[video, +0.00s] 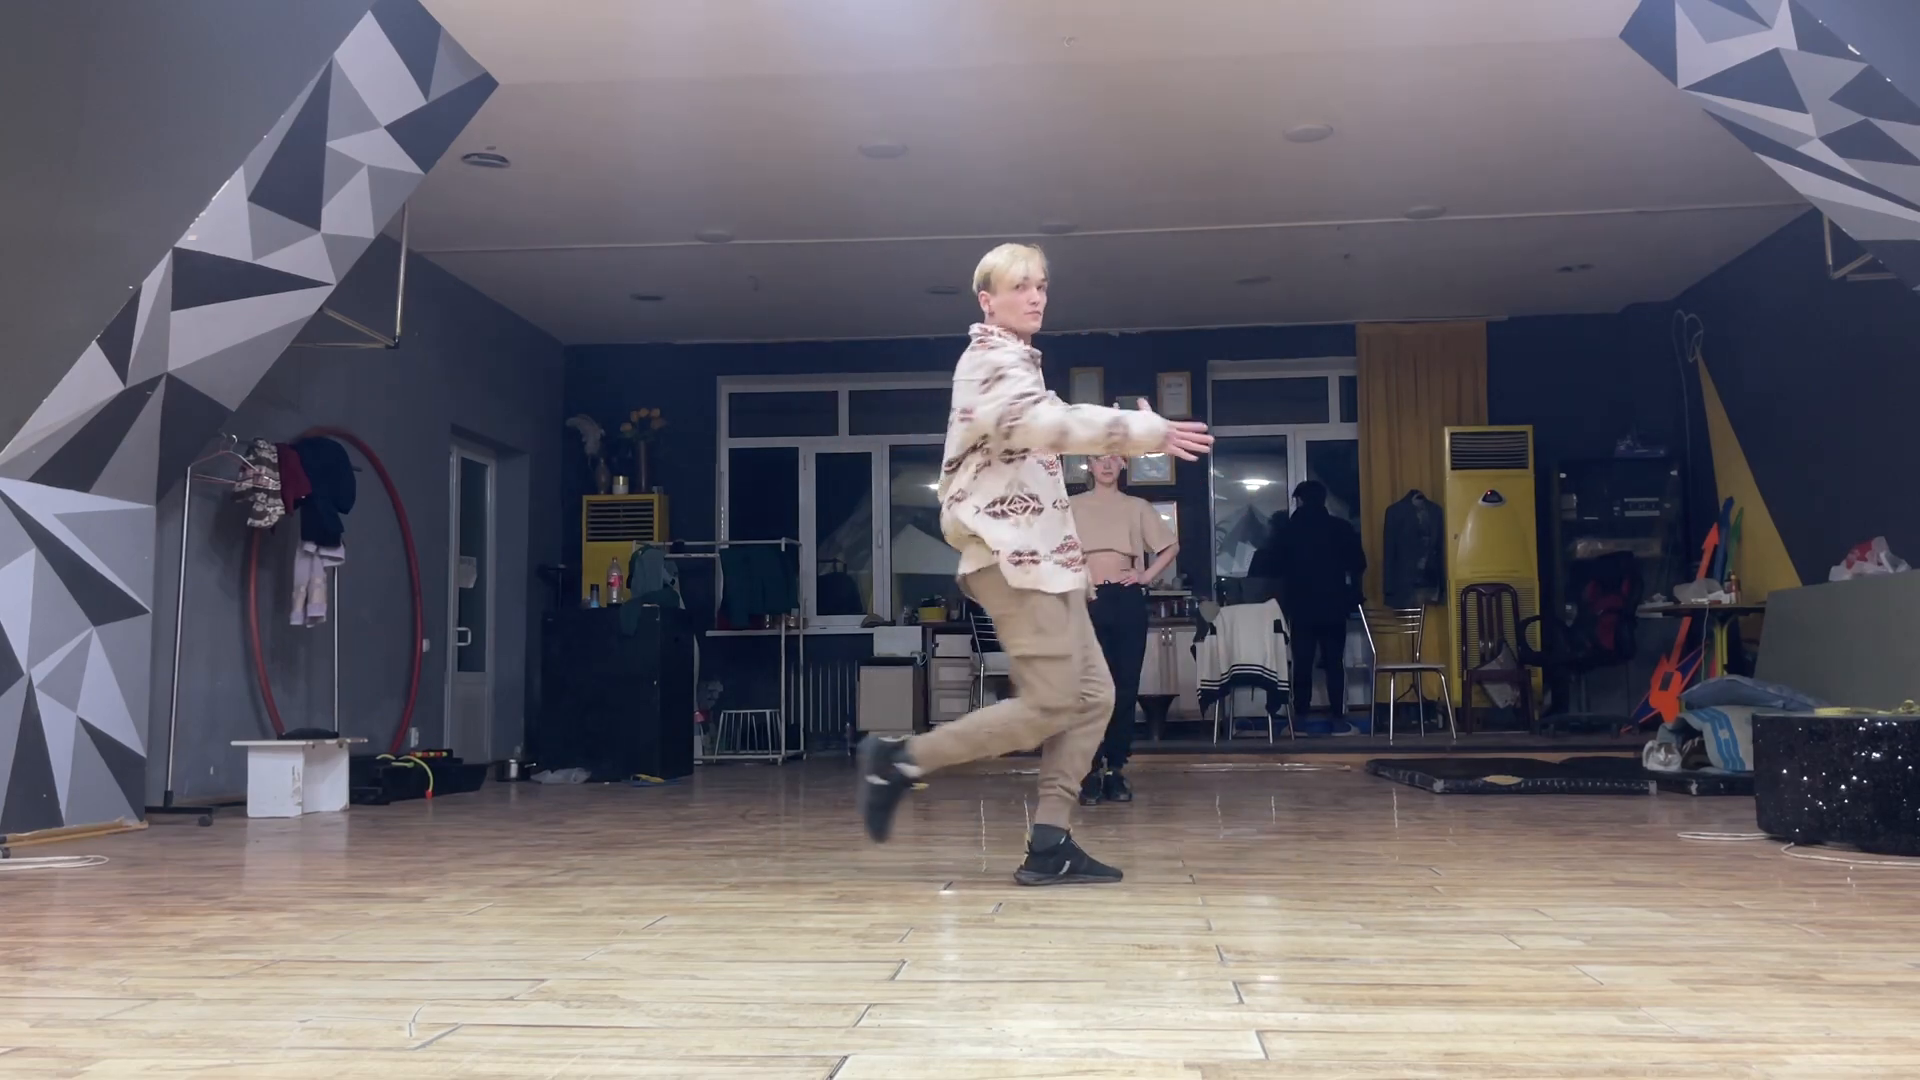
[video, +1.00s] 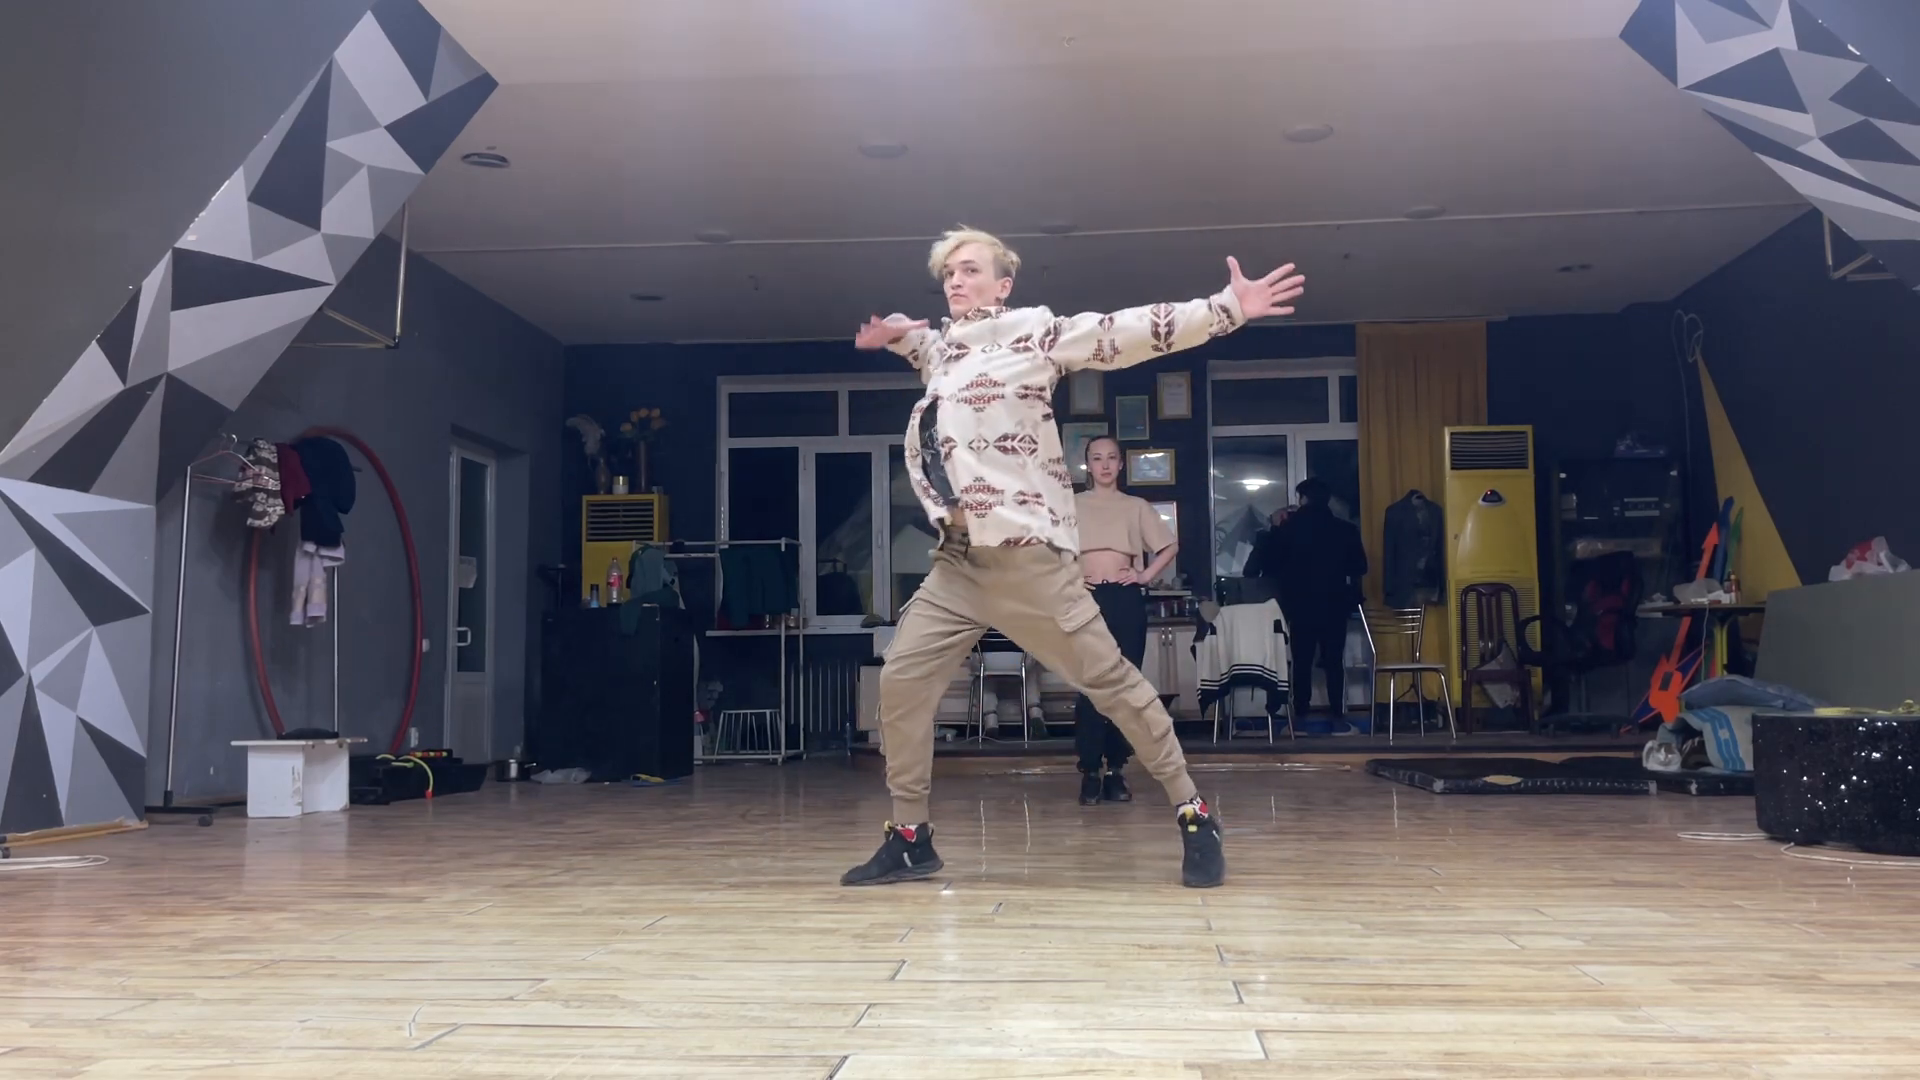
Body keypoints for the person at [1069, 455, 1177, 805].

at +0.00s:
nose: (1107, 465)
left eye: (1113, 459)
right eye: (1100, 459)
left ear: (1122, 465)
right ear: (1089, 465)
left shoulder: (1137, 508)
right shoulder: (1070, 507)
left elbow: (1171, 546)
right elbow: (1051, 547)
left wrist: (1147, 575)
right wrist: (1072, 578)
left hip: (1126, 598)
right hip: (1083, 600)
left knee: (1124, 687)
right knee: (1090, 686)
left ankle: (1116, 770)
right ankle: (1090, 771)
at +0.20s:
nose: (1108, 465)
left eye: (1114, 458)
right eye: (1101, 458)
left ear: (1122, 464)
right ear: (1088, 464)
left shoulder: (1138, 507)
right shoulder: (1071, 506)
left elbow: (1170, 546)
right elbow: (1043, 550)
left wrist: (1146, 575)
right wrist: (1068, 584)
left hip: (1128, 600)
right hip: (1088, 601)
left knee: (1123, 689)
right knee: (1092, 688)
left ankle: (1115, 772)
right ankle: (1090, 774)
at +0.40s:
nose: (1105, 464)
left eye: (1111, 458)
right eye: (1099, 458)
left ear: (1121, 463)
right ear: (1088, 464)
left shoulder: (1137, 507)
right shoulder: (1071, 506)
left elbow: (1170, 546)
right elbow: (1051, 549)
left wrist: (1147, 574)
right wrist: (1067, 582)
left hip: (1127, 599)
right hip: (1086, 601)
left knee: (1124, 689)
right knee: (1092, 689)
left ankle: (1116, 771)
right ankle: (1091, 772)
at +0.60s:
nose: (1106, 464)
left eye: (1112, 458)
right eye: (1098, 458)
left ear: (1121, 462)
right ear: (1087, 464)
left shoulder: (1137, 506)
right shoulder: (1073, 505)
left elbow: (1170, 546)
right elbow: (1048, 546)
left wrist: (1146, 575)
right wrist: (1067, 579)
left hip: (1127, 601)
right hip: (1086, 603)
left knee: (1123, 692)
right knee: (1093, 691)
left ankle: (1116, 772)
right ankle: (1094, 776)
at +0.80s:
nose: (1105, 464)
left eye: (1111, 458)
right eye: (1098, 458)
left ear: (1121, 463)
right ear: (1087, 464)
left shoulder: (1137, 507)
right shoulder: (1071, 506)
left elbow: (1170, 547)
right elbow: (1052, 544)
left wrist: (1146, 575)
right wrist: (1069, 577)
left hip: (1126, 599)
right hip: (1083, 600)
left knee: (1123, 689)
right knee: (1087, 686)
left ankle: (1113, 775)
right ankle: (1090, 772)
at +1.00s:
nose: (1105, 464)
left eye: (1111, 458)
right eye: (1097, 458)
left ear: (1121, 463)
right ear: (1086, 465)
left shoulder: (1136, 506)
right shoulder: (1070, 505)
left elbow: (1170, 546)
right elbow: (1052, 546)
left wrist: (1146, 575)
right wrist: (1071, 578)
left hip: (1126, 598)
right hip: (1084, 599)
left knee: (1122, 681)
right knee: (1090, 682)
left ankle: (1115, 771)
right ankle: (1090, 772)